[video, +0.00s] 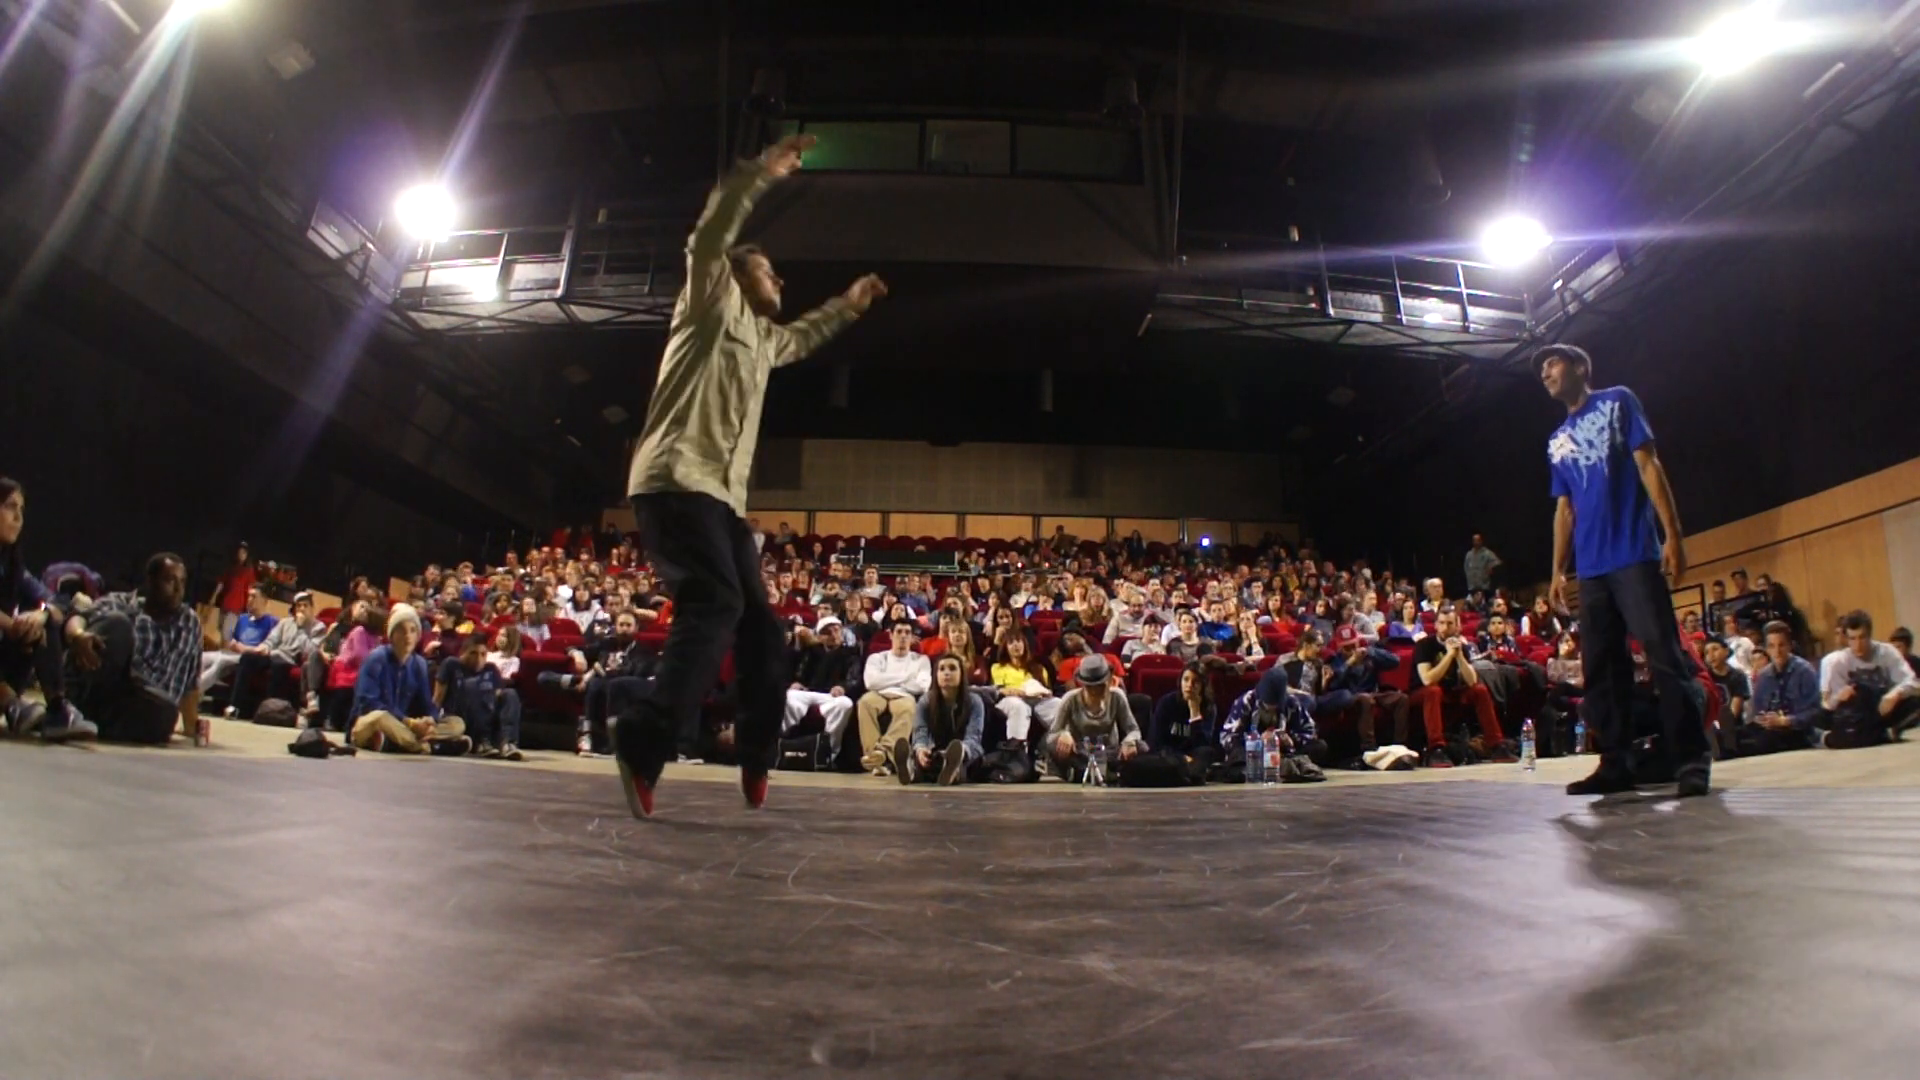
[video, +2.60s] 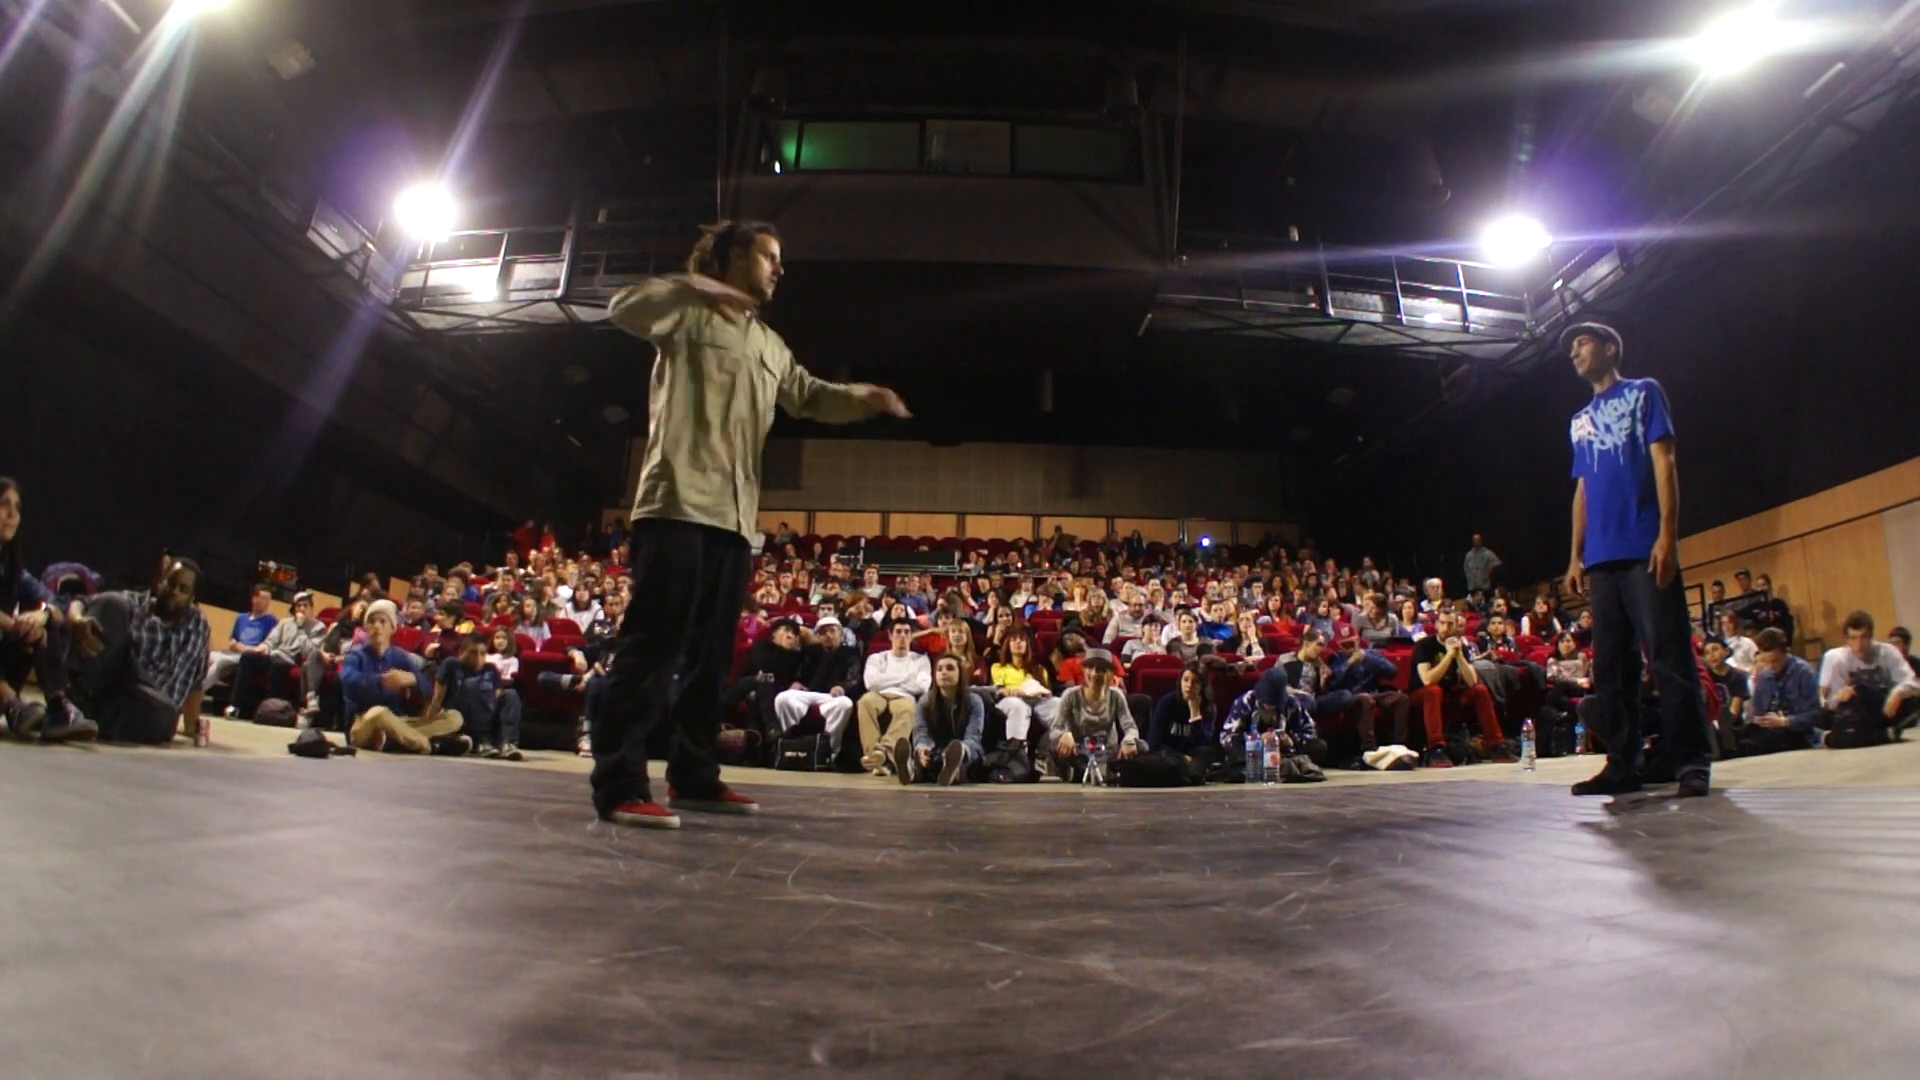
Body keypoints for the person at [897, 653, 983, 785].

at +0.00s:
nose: (947, 673)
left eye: (952, 668)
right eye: (942, 669)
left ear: (961, 674)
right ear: (936, 674)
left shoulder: (974, 701)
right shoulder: (925, 701)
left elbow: (974, 738)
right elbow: (920, 731)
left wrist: (961, 751)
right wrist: (920, 748)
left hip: (962, 750)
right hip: (934, 750)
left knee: (955, 762)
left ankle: (949, 773)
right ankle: (910, 768)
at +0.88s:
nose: (946, 673)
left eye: (951, 669)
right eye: (941, 670)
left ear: (961, 674)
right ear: (935, 675)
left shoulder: (974, 701)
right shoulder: (925, 702)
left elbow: (974, 737)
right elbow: (922, 735)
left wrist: (962, 751)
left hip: (963, 749)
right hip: (935, 749)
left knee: (956, 762)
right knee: (927, 759)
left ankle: (949, 773)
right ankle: (912, 768)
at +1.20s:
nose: (946, 674)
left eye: (951, 669)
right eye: (941, 670)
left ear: (961, 674)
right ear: (935, 675)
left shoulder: (974, 701)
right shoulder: (925, 701)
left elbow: (973, 737)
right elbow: (925, 738)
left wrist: (962, 752)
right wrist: (940, 749)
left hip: (964, 748)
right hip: (936, 750)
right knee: (927, 761)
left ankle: (949, 773)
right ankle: (912, 768)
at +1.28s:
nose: (946, 674)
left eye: (952, 669)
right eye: (941, 670)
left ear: (961, 674)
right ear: (935, 675)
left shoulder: (974, 701)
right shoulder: (926, 700)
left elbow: (973, 738)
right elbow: (923, 733)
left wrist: (962, 752)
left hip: (964, 750)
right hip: (935, 750)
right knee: (926, 761)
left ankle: (950, 772)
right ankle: (911, 769)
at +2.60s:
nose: (944, 673)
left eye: (950, 668)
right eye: (939, 669)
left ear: (960, 674)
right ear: (935, 675)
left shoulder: (974, 701)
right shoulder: (925, 701)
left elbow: (974, 736)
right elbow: (921, 730)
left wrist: (962, 750)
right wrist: (922, 747)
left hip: (963, 748)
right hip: (935, 749)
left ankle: (949, 773)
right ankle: (912, 768)